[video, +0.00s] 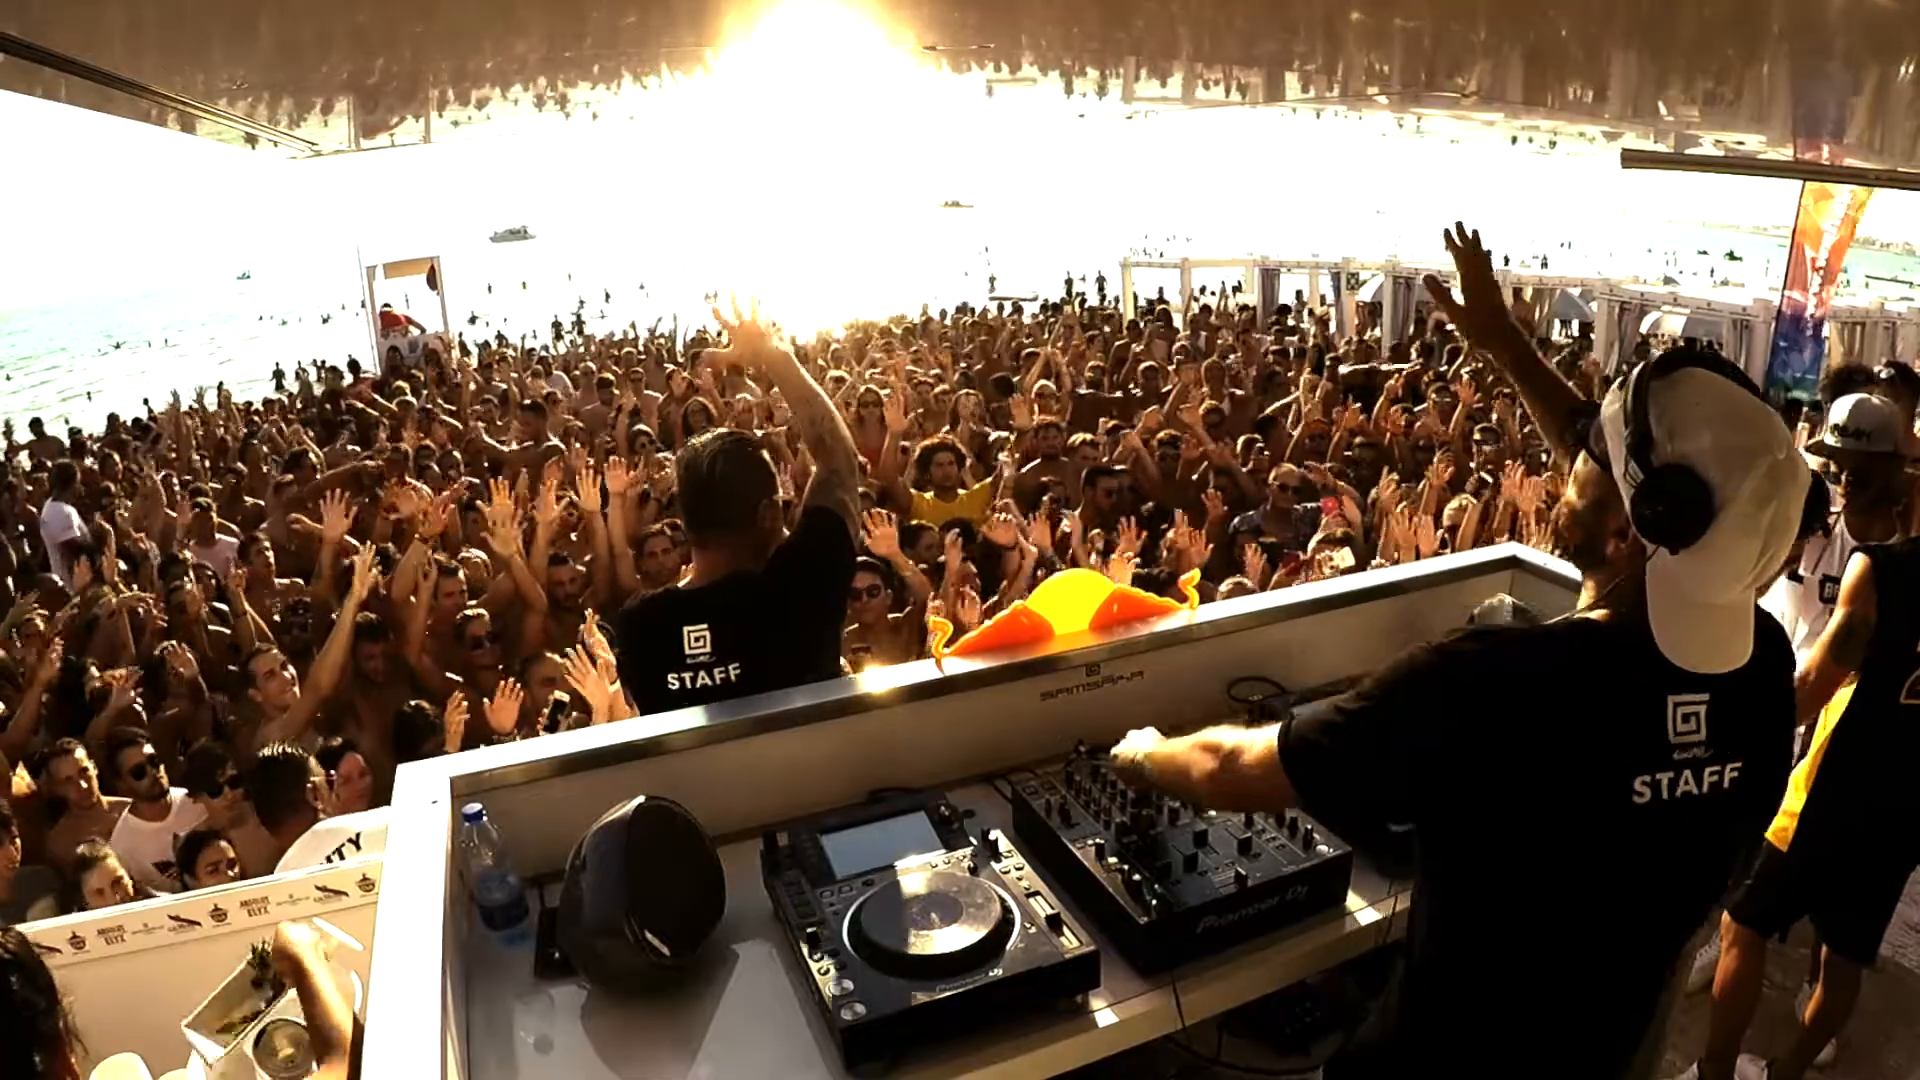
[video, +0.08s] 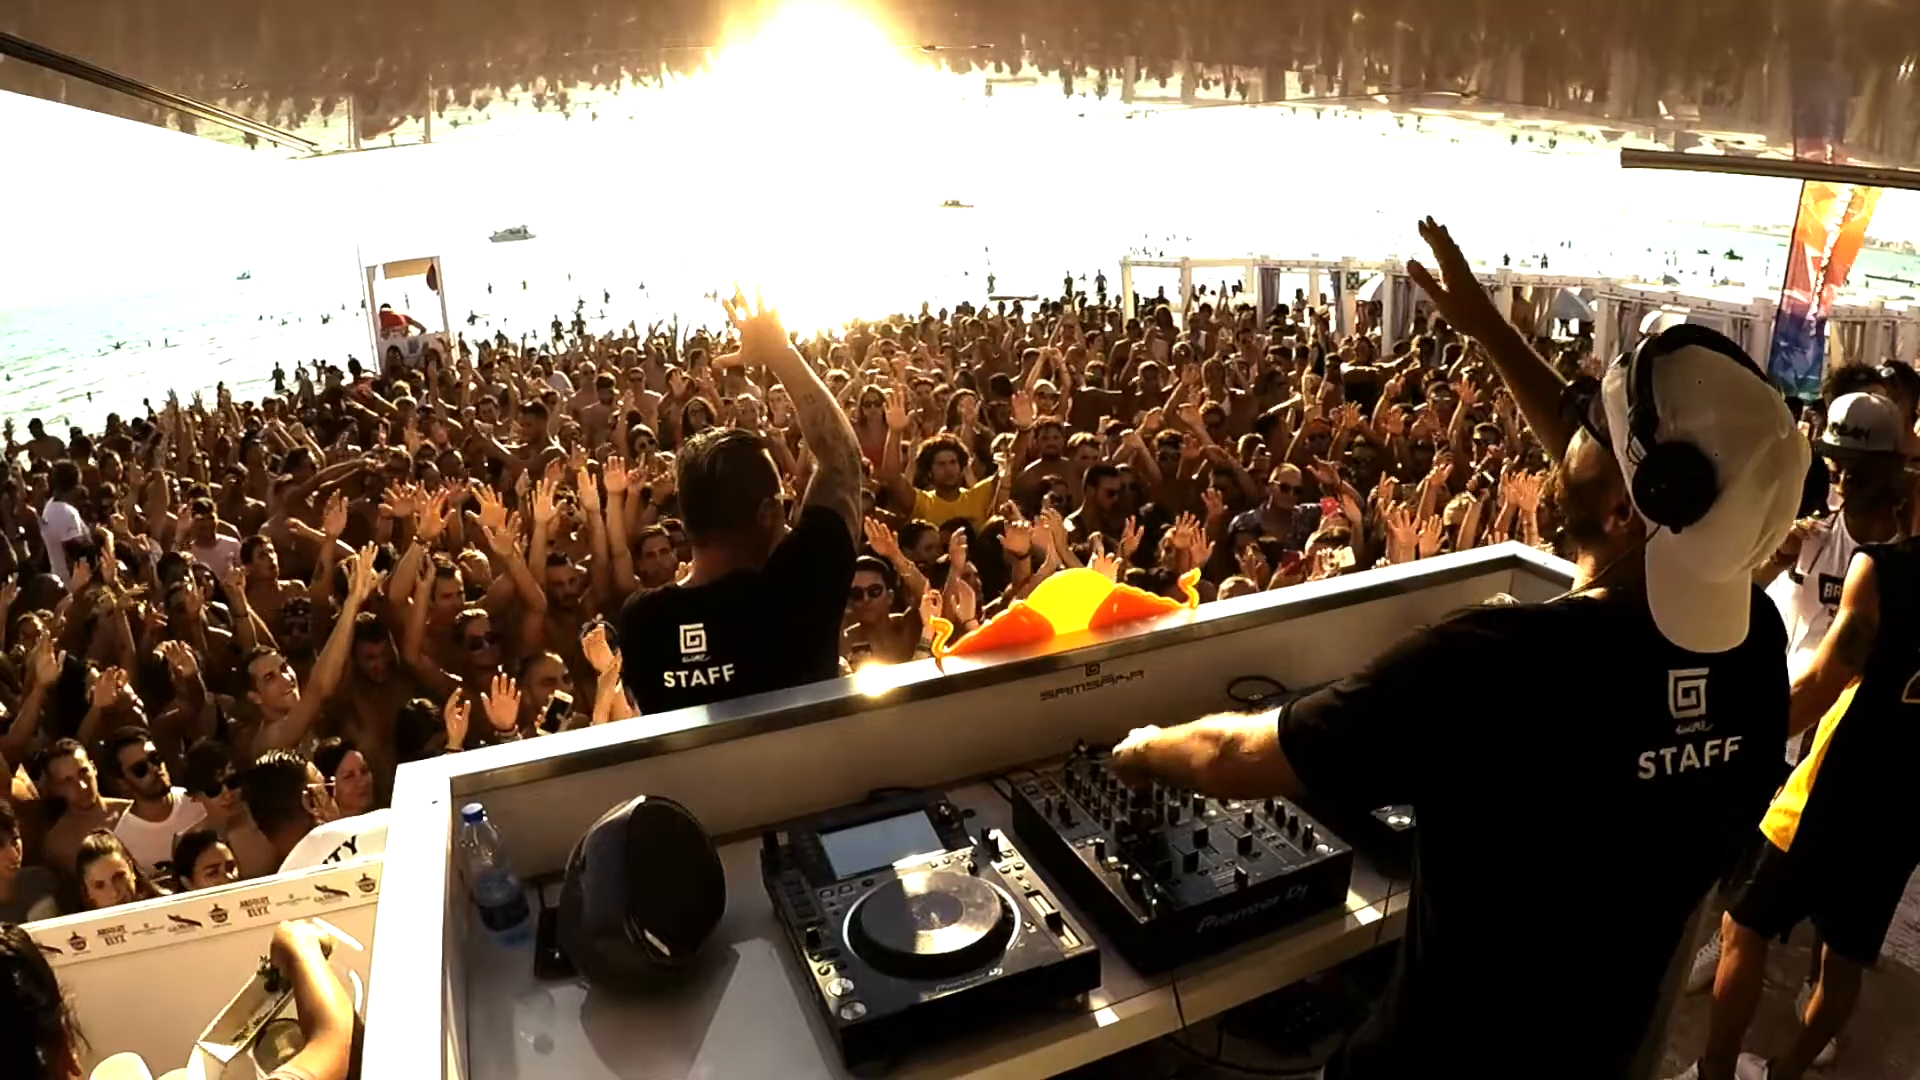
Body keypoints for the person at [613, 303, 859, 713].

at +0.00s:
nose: (784, 515)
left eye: (780, 501)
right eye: (780, 502)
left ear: (683, 520)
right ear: (766, 514)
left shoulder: (636, 628)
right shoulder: (799, 591)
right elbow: (838, 460)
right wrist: (769, 352)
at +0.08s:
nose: (787, 524)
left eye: (783, 507)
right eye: (783, 506)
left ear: (684, 519)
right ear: (765, 515)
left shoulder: (639, 622)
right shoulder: (798, 590)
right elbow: (840, 459)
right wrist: (780, 351)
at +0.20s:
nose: (790, 519)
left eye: (787, 505)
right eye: (785, 505)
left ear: (686, 520)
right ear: (768, 517)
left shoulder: (643, 623)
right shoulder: (800, 591)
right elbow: (844, 459)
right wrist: (790, 350)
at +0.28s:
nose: (792, 529)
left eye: (790, 512)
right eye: (788, 512)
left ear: (690, 523)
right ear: (770, 522)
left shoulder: (647, 628)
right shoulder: (798, 595)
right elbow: (848, 463)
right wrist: (794, 345)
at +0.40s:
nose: (803, 508)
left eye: (798, 498)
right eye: (797, 499)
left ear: (700, 520)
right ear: (783, 516)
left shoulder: (657, 617)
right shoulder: (812, 586)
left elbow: (668, 730)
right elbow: (851, 449)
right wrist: (798, 333)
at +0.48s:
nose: (804, 514)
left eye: (801, 501)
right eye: (800, 502)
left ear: (706, 516)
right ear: (786, 517)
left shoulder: (662, 613)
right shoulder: (802, 589)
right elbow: (851, 445)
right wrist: (799, 330)